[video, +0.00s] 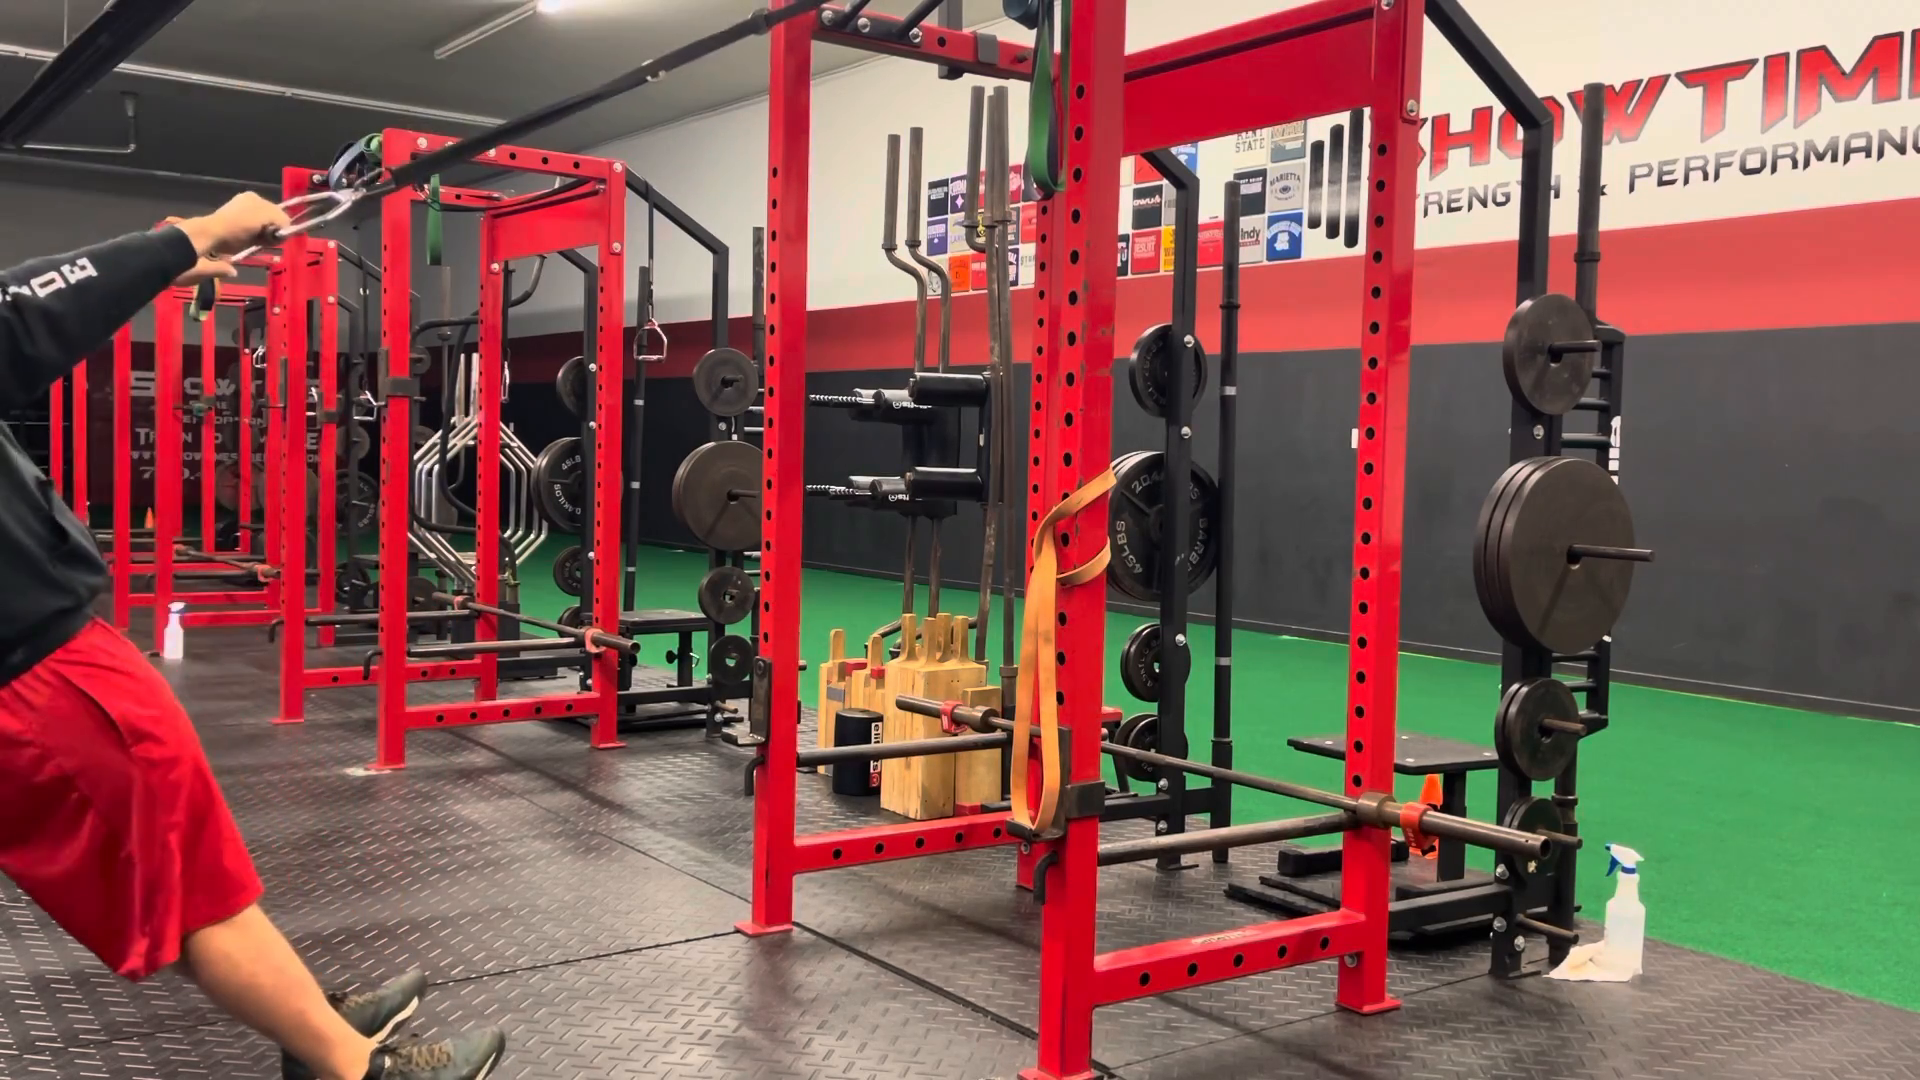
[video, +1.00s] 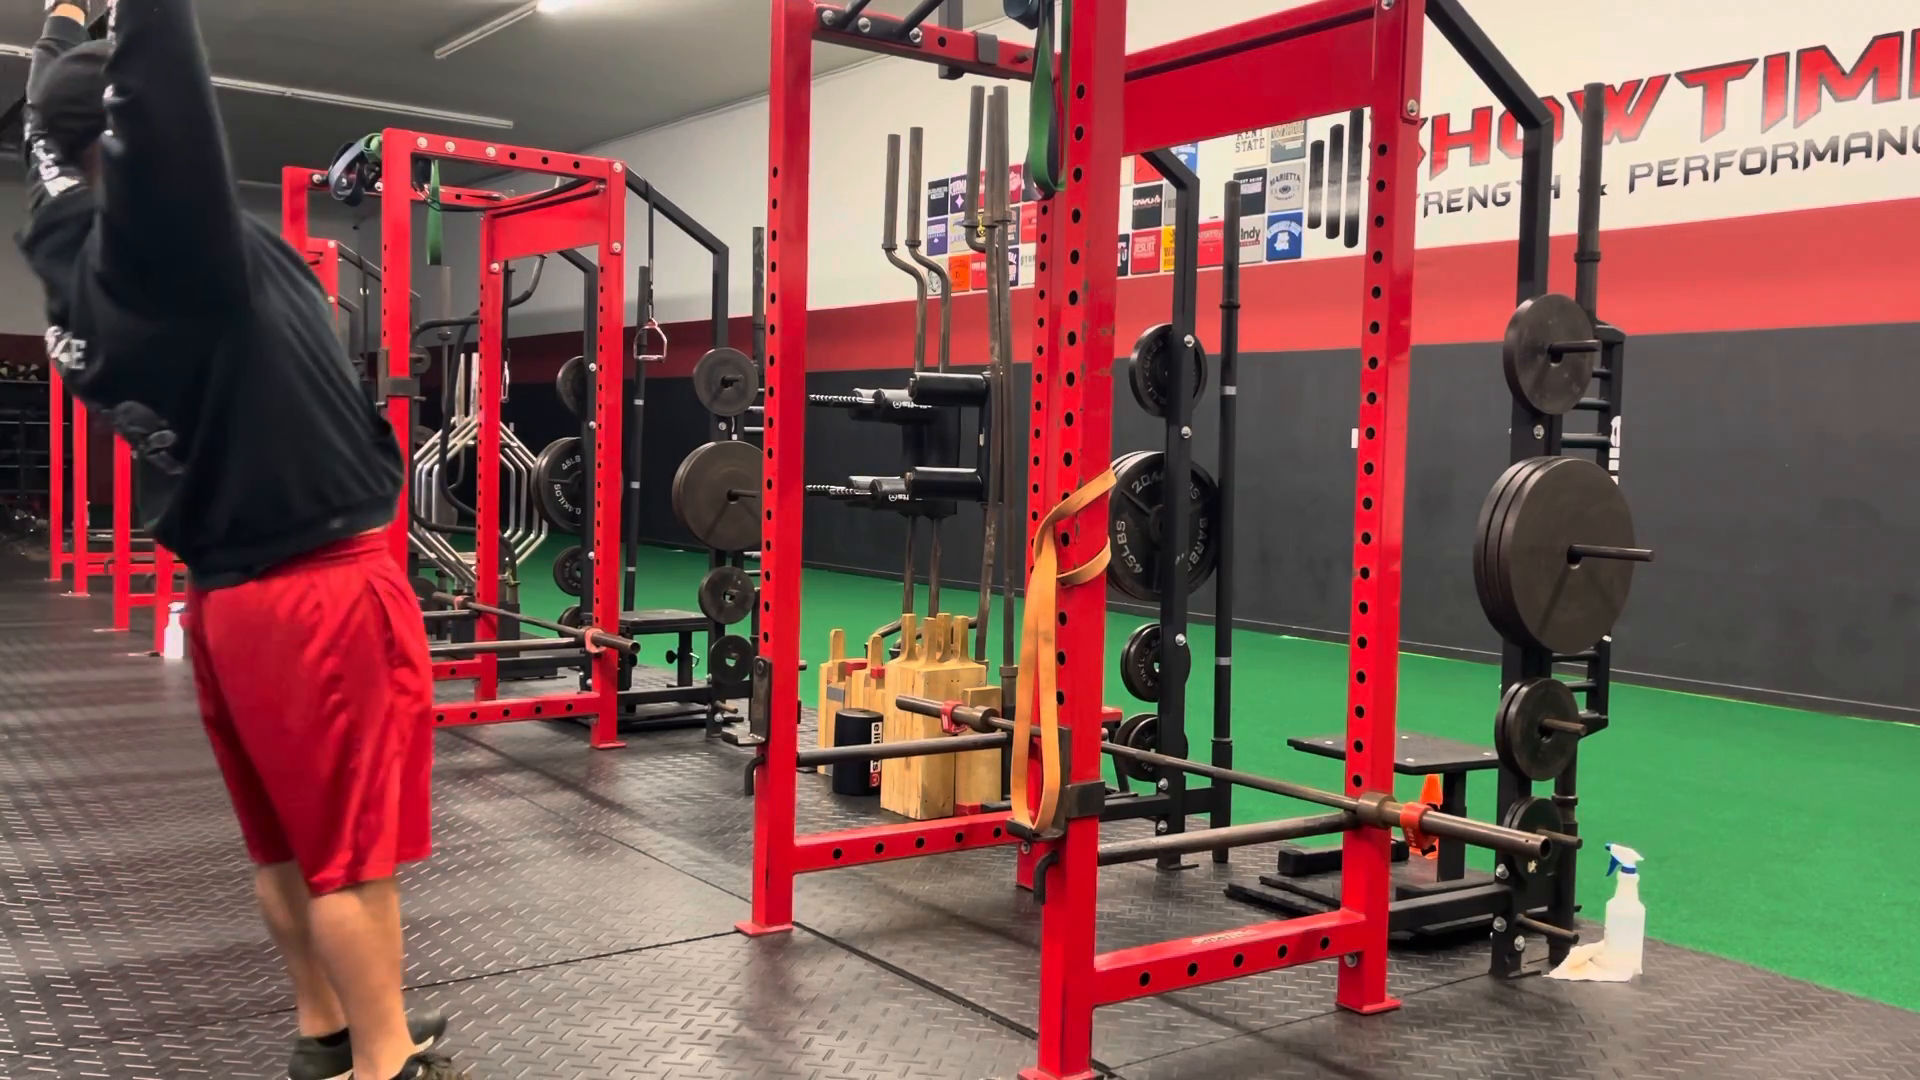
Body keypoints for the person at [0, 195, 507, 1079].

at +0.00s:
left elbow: (41, 309)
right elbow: (44, 308)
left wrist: (187, 238)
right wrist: (202, 233)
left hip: (35, 643)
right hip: (33, 649)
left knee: (181, 849)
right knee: (196, 880)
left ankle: (313, 1026)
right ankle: (353, 1064)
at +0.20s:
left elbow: (33, 286)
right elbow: (41, 280)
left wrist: (167, 206)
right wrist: (187, 185)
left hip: (48, 635)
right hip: (50, 641)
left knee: (197, 843)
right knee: (213, 874)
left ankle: (318, 1027)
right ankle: (357, 1065)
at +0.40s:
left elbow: (24, 249)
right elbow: (24, 258)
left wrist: (114, 130)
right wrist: (155, 77)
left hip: (97, 601)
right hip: (105, 607)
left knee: (243, 845)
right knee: (257, 865)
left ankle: (336, 1033)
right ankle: (366, 1065)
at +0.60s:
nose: (31, 146)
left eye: (34, 131)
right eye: (23, 132)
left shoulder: (25, 285)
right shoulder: (19, 287)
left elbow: (59, 136)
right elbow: (65, 150)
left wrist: (118, 22)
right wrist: (132, 4)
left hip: (157, 623)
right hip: (207, 613)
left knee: (257, 861)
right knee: (299, 867)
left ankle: (326, 1036)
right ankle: (372, 1057)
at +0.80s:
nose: (65, 127)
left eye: (50, 106)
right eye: (42, 115)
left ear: (20, 145)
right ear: (17, 143)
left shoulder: (30, 281)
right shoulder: (82, 251)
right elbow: (122, 81)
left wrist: (79, 39)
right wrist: (88, 12)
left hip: (199, 611)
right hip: (270, 600)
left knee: (280, 848)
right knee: (331, 860)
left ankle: (325, 1032)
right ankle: (382, 1059)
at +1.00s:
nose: (178, 128)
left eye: (169, 107)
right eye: (158, 110)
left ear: (57, 151)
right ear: (130, 126)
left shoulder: (78, 271)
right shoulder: (166, 239)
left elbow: (57, 174)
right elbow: (162, 78)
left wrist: (64, 46)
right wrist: (121, 5)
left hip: (231, 605)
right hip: (322, 597)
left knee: (281, 844)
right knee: (351, 860)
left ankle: (326, 1024)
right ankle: (385, 1057)